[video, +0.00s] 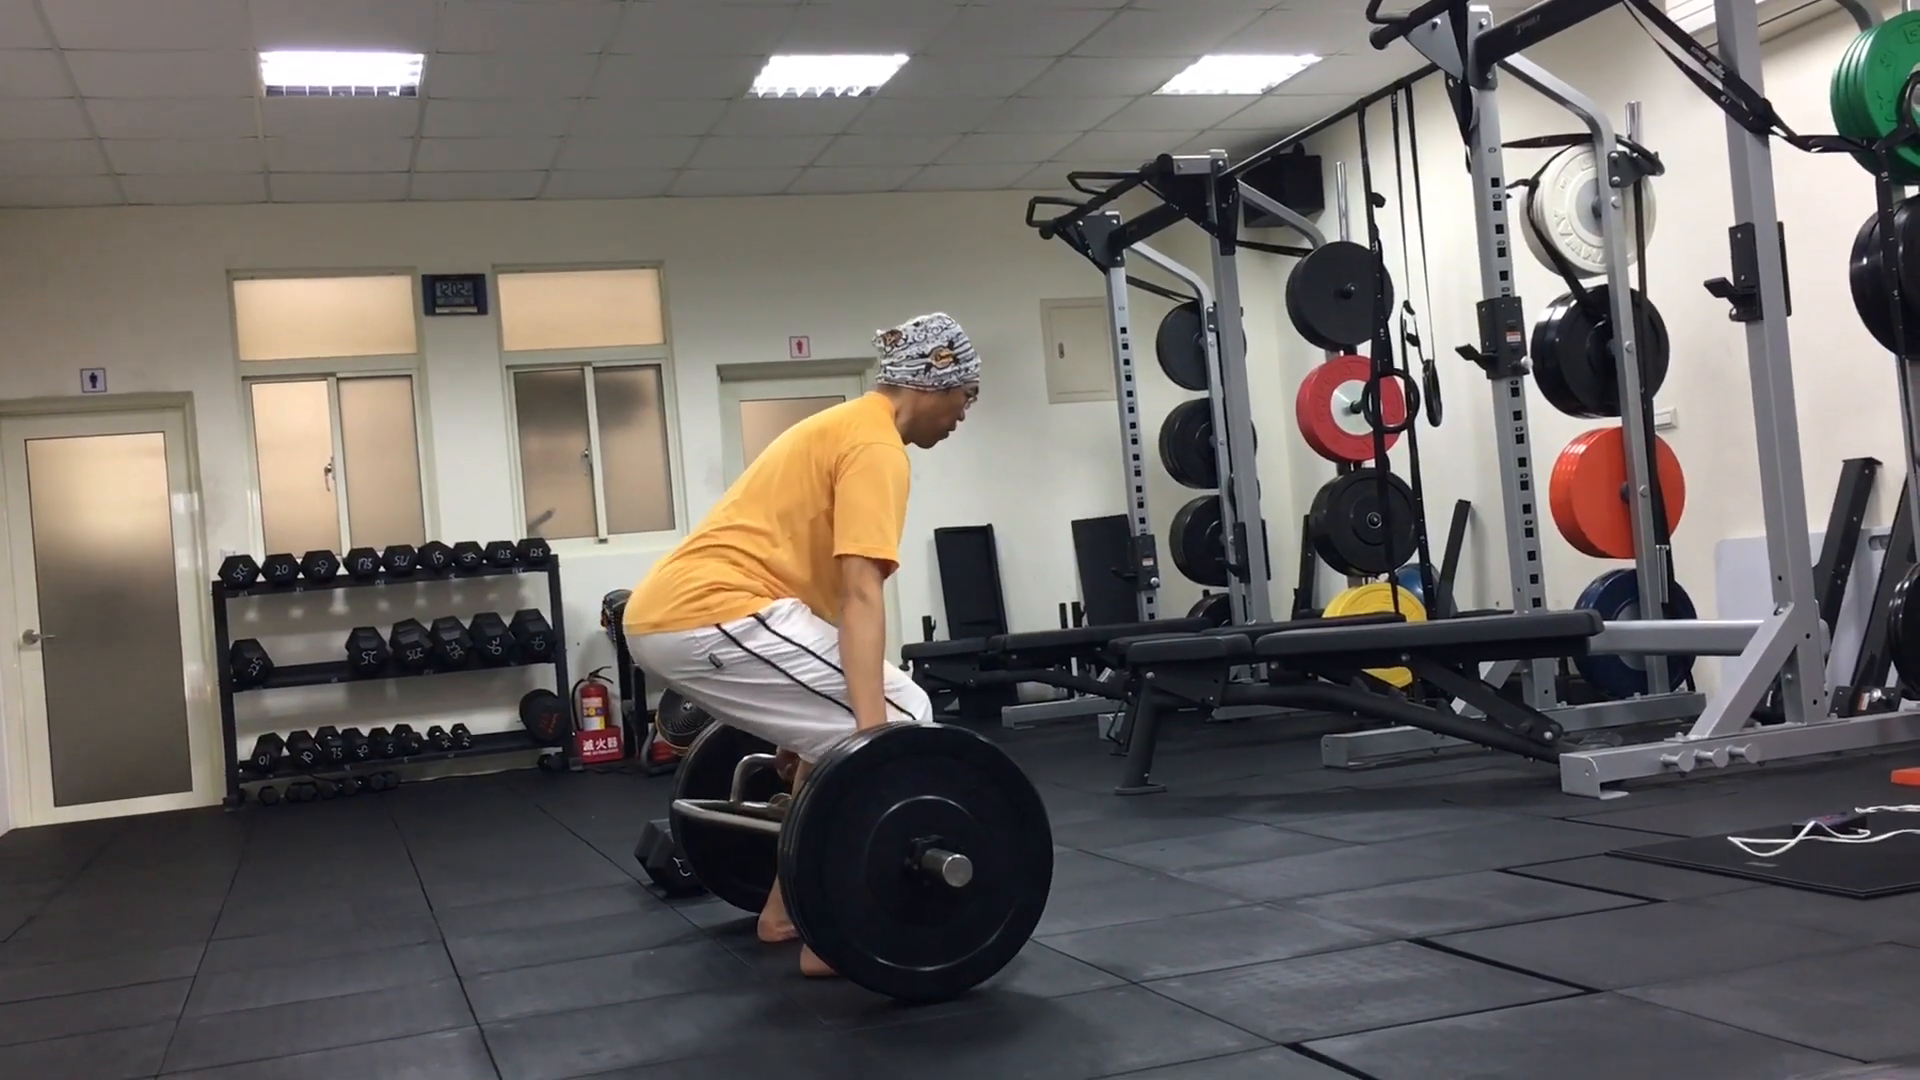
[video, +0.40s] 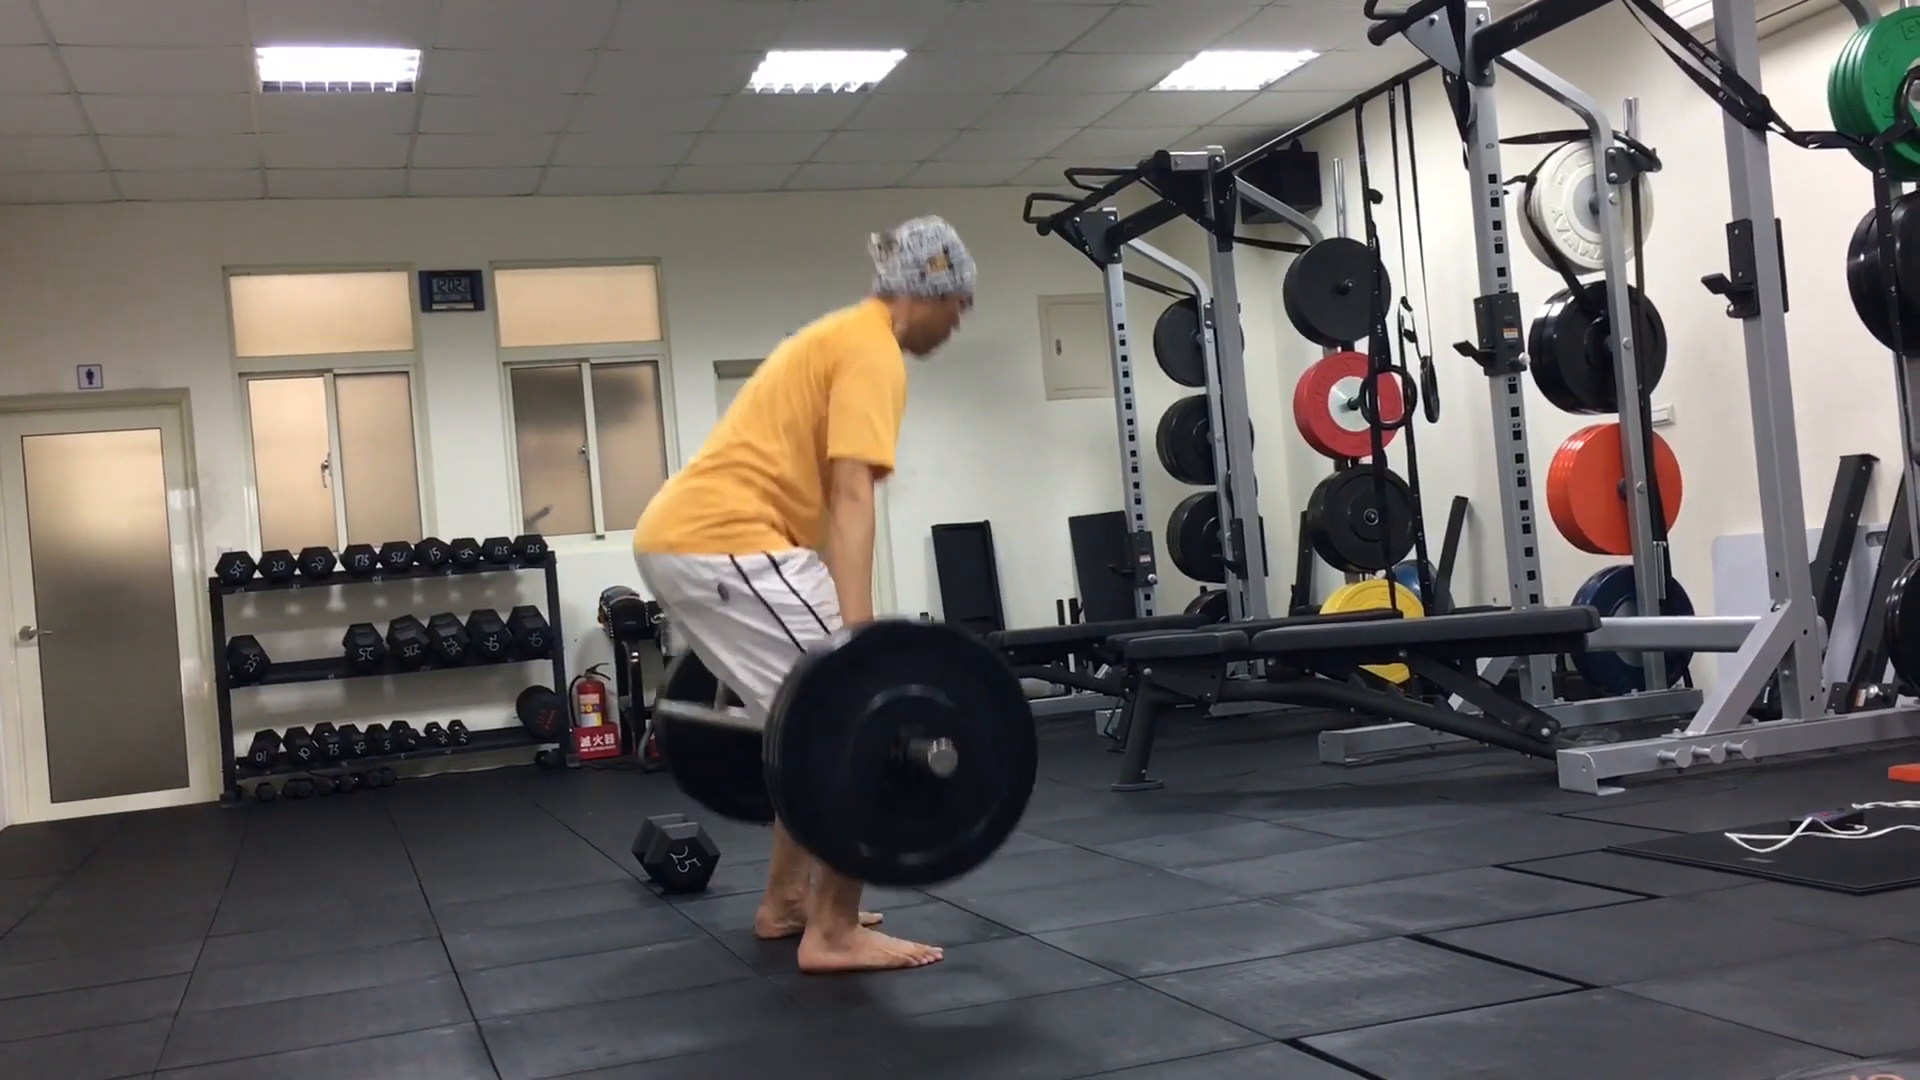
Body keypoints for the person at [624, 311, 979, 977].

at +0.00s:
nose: (961, 419)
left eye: (967, 405)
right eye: (962, 401)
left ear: (907, 382)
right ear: (926, 384)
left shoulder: (841, 428)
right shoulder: (874, 442)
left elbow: (825, 588)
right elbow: (859, 593)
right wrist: (872, 733)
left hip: (672, 613)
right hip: (717, 613)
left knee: (859, 713)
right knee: (904, 714)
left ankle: (785, 904)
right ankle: (838, 934)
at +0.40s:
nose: (957, 324)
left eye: (962, 309)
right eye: (957, 306)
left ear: (895, 288)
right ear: (926, 291)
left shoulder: (836, 337)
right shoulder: (869, 347)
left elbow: (819, 498)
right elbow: (850, 495)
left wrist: (827, 616)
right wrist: (858, 635)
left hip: (684, 535)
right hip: (728, 536)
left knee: (814, 708)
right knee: (853, 708)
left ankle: (787, 900)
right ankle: (834, 930)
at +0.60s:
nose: (924, 229)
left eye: (930, 213)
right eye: (926, 210)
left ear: (866, 191)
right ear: (895, 193)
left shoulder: (805, 253)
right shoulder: (844, 258)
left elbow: (778, 407)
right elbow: (837, 403)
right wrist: (852, 544)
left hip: (704, 500)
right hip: (753, 503)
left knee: (774, 707)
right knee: (829, 700)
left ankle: (783, 899)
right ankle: (832, 929)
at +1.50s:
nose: (928, 311)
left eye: (934, 294)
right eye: (930, 291)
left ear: (873, 270)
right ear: (900, 273)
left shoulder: (804, 330)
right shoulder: (848, 333)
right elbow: (852, 480)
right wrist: (879, 623)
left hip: (701, 565)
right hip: (747, 566)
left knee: (821, 738)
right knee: (881, 731)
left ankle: (794, 930)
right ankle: (842, 961)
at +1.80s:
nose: (957, 406)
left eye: (962, 391)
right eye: (958, 388)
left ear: (898, 372)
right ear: (926, 374)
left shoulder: (835, 425)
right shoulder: (873, 434)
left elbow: (858, 588)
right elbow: (876, 589)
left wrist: (882, 705)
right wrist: (900, 727)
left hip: (700, 637)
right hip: (745, 636)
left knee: (869, 747)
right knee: (914, 747)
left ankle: (805, 930)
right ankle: (853, 962)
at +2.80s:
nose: (970, 297)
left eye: (974, 279)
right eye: (970, 276)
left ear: (911, 258)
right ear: (940, 263)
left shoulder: (850, 321)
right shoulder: (880, 327)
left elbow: (839, 483)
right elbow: (869, 476)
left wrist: (863, 622)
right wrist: (881, 625)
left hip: (736, 548)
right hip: (772, 550)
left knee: (837, 729)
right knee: (880, 728)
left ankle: (812, 933)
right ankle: (857, 964)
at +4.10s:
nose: (980, 423)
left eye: (985, 408)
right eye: (980, 405)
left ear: (921, 390)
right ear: (946, 393)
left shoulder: (858, 438)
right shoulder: (887, 448)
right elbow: (883, 604)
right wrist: (904, 741)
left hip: (708, 640)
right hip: (749, 640)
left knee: (880, 755)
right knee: (936, 753)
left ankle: (807, 933)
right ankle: (852, 963)